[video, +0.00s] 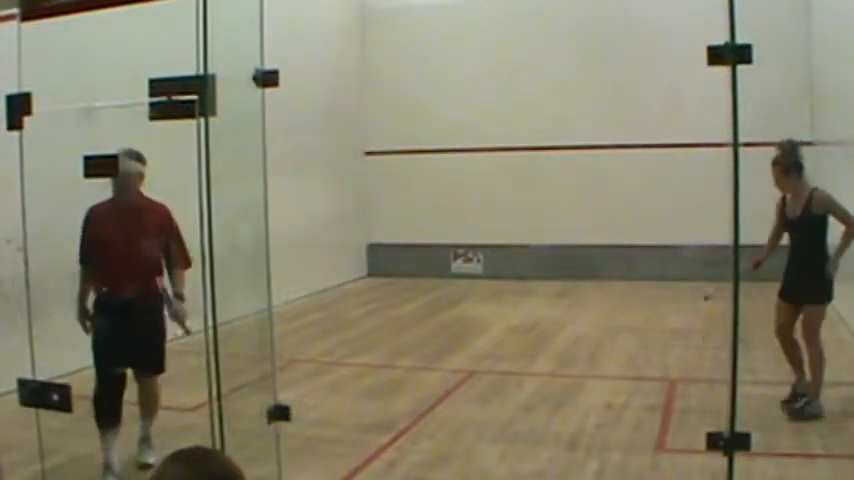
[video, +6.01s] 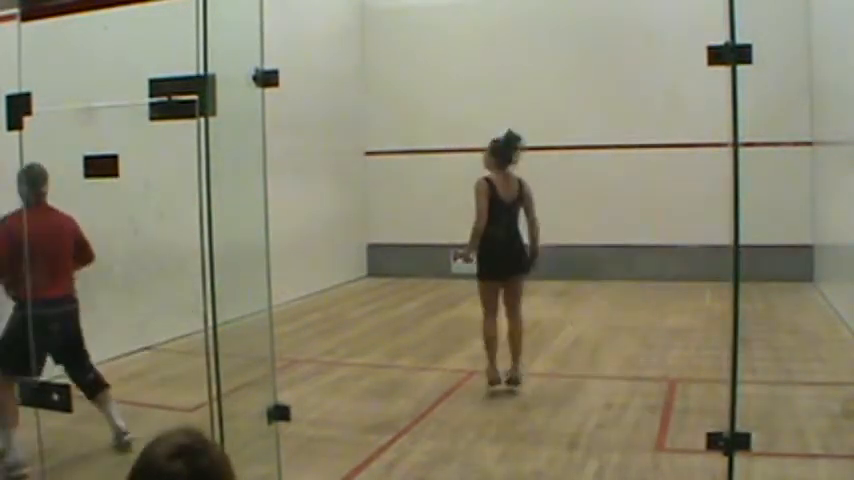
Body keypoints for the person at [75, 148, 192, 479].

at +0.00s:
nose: (125, 183)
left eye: (132, 177)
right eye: (120, 177)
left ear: (143, 178)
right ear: (112, 178)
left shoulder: (159, 214)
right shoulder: (97, 215)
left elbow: (176, 261)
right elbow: (87, 265)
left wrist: (180, 299)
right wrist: (82, 302)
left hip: (147, 306)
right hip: (108, 307)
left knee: (147, 377)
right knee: (109, 382)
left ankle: (146, 441)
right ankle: (109, 459)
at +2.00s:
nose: (168, 186)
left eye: (167, 179)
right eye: (166, 179)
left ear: (132, 180)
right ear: (161, 180)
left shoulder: (110, 218)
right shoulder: (174, 217)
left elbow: (107, 267)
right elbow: (191, 286)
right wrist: (209, 336)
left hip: (127, 339)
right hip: (171, 339)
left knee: (151, 429)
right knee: (201, 429)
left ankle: (145, 477)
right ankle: (208, 479)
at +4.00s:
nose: (189, 181)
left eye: (188, 175)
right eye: (186, 175)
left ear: (156, 175)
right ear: (173, 175)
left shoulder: (133, 209)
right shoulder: (184, 209)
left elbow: (122, 255)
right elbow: (193, 255)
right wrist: (202, 282)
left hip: (138, 302)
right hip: (176, 303)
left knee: (137, 372)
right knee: (186, 378)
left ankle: (128, 444)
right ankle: (190, 446)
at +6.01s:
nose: (27, 192)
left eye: (24, 186)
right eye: (33, 185)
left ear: (20, 189)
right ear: (46, 188)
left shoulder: (10, 226)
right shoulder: (65, 222)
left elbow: (5, 272)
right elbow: (86, 256)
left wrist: (18, 291)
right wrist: (58, 266)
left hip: (29, 314)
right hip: (65, 311)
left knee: (5, 375)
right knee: (82, 368)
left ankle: (11, 451)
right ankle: (120, 427)